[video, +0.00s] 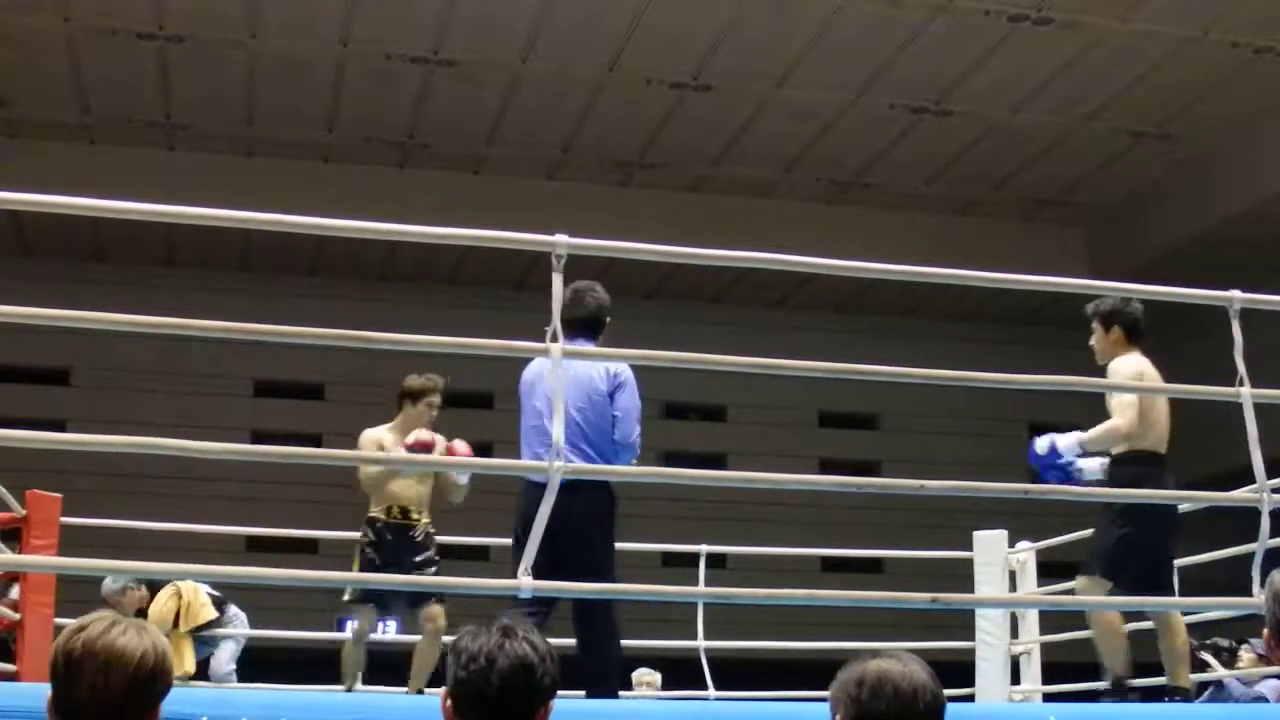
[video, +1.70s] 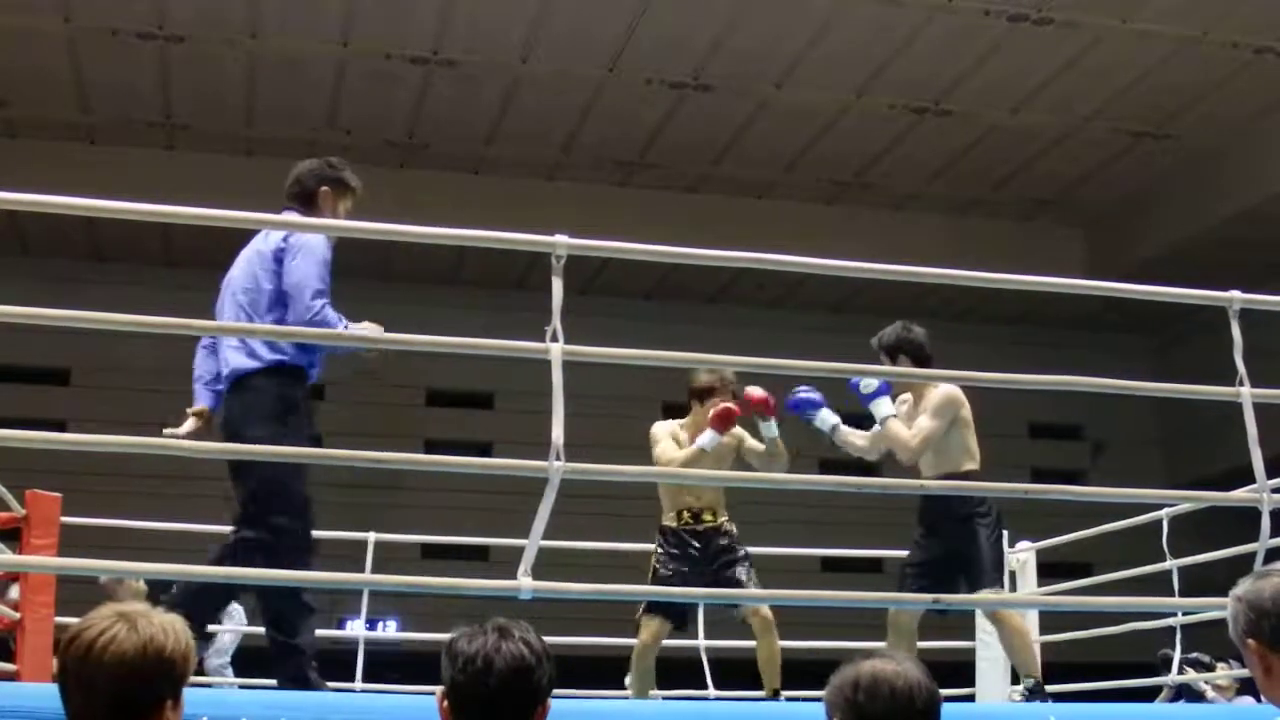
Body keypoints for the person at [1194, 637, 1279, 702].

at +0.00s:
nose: (1239, 654)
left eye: (1247, 651)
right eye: (1240, 650)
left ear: (1263, 659)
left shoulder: (1273, 684)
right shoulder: (1222, 685)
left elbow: (1253, 701)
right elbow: (1197, 707)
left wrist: (1223, 674)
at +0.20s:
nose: (1233, 654)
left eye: (1241, 651)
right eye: (1233, 650)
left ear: (1257, 661)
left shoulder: (1267, 684)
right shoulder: (1214, 686)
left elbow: (1249, 701)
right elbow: (1187, 707)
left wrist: (1218, 672)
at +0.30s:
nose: (1230, 654)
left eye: (1238, 651)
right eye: (1230, 650)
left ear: (1253, 661)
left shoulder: (1264, 685)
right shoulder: (1208, 686)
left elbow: (1242, 700)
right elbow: (1174, 711)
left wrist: (1214, 671)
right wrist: (1183, 676)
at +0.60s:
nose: (1220, 654)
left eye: (1228, 652)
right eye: (1219, 651)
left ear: (1242, 661)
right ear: (1213, 656)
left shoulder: (1253, 686)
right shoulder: (1197, 687)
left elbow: (1236, 703)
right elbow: (1165, 712)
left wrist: (1205, 673)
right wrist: (1171, 685)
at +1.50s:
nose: (1215, 667)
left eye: (1221, 664)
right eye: (1213, 664)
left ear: (1234, 672)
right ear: (1207, 669)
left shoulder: (1245, 696)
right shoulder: (1186, 698)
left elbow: (1234, 710)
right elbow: (1152, 712)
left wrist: (1203, 683)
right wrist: (1167, 687)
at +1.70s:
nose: (1218, 671)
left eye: (1224, 669)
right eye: (1216, 669)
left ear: (1236, 682)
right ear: (1211, 675)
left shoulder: (1246, 701)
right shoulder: (1192, 701)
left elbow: (1231, 711)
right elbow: (1153, 713)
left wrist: (1203, 687)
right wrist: (1168, 691)